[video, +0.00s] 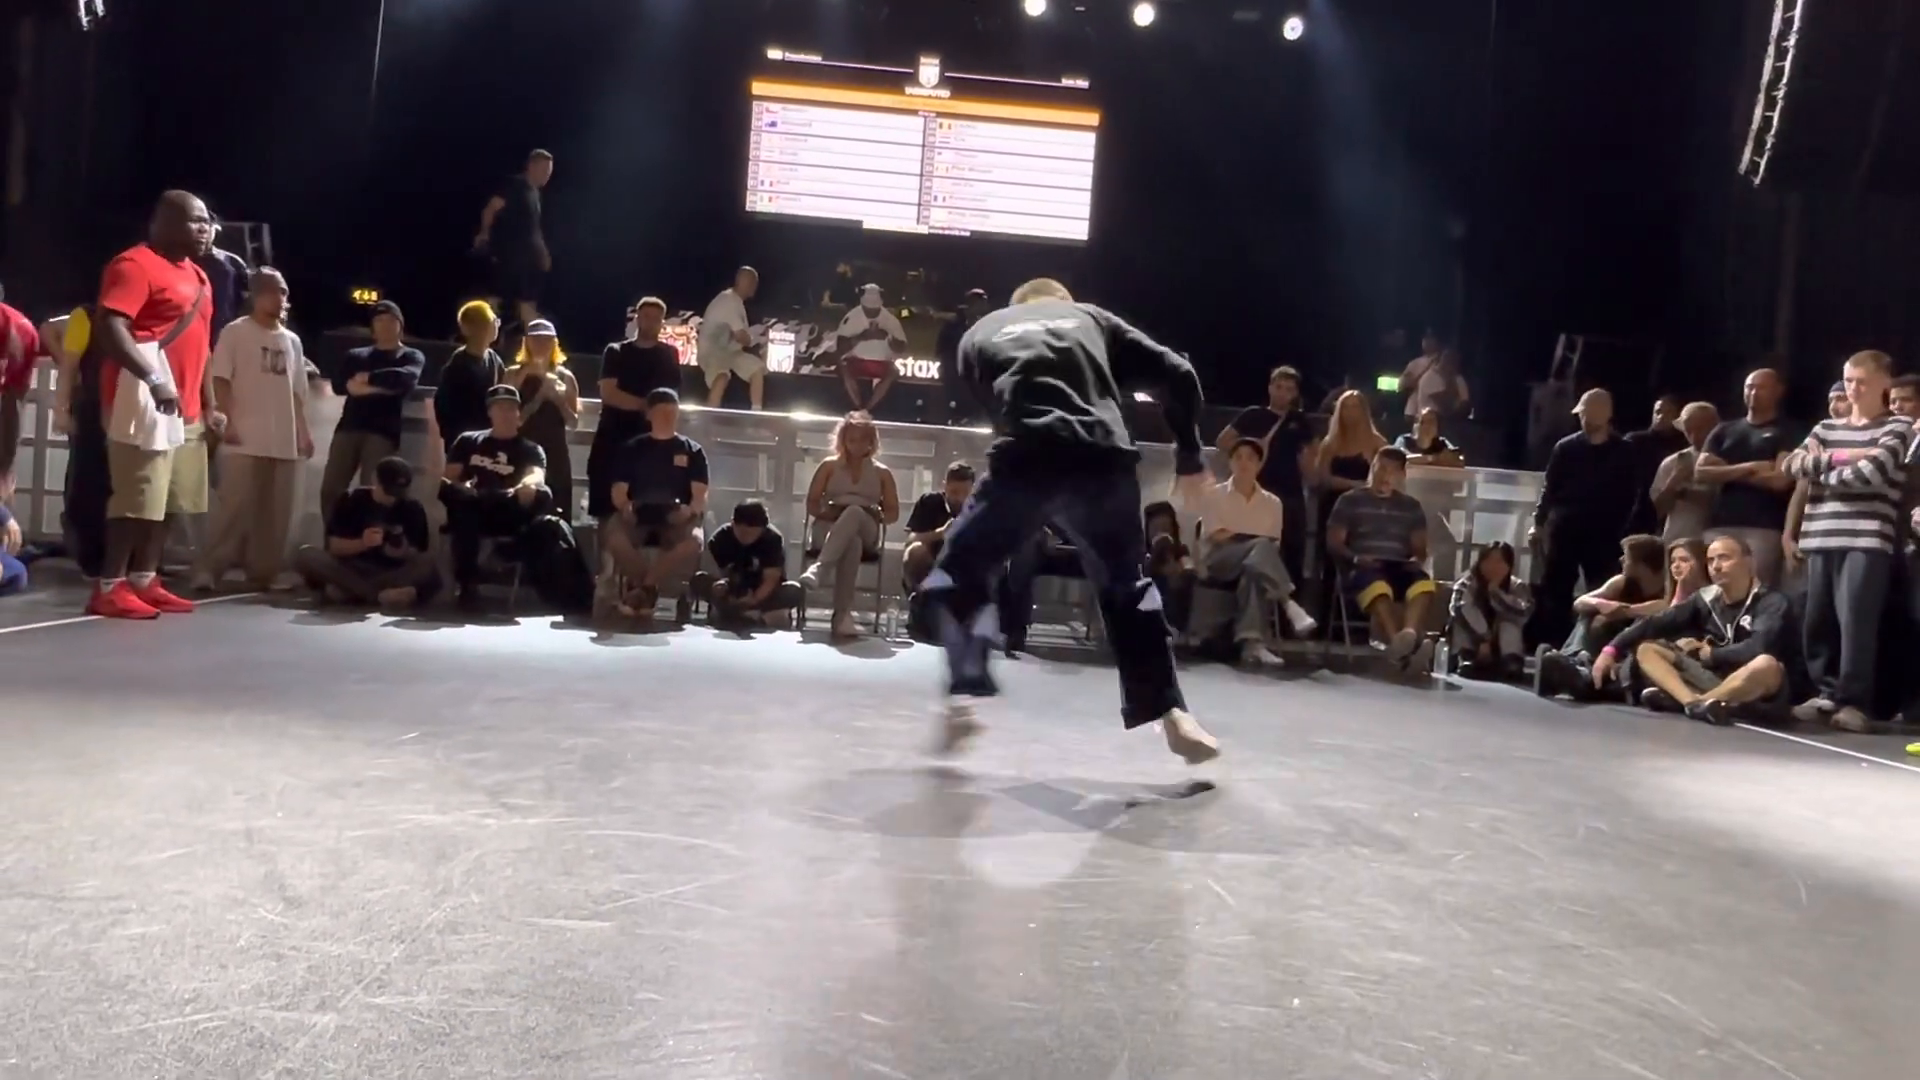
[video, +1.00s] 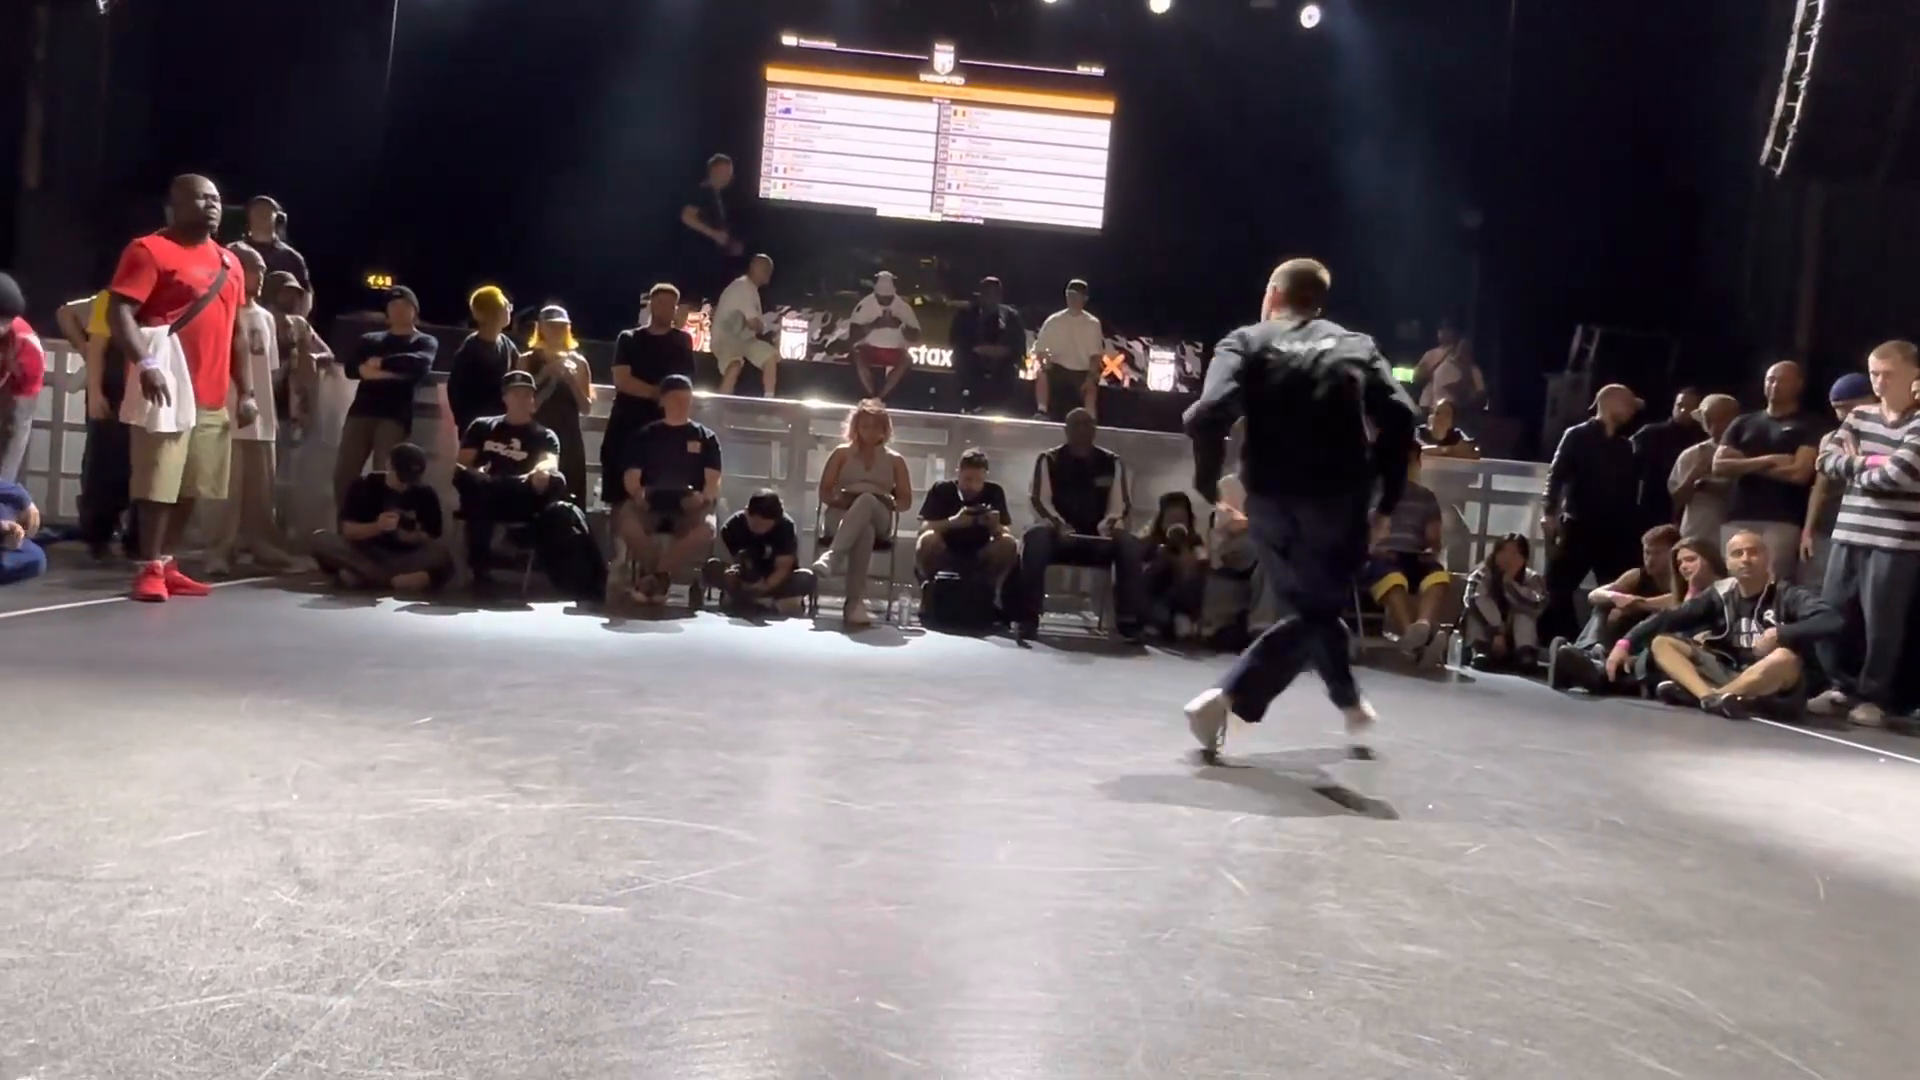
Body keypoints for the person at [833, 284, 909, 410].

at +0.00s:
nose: (871, 312)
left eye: (875, 309)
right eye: (868, 309)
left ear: (880, 305)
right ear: (862, 305)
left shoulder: (890, 319)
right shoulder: (852, 316)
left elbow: (901, 348)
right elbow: (840, 347)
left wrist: (887, 336)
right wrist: (862, 336)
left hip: (882, 362)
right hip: (857, 360)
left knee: (893, 373)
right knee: (844, 369)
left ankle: (868, 409)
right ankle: (859, 408)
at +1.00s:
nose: (885, 301)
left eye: (889, 298)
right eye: (882, 298)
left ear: (894, 294)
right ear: (876, 294)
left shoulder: (903, 307)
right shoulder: (865, 304)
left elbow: (914, 337)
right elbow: (853, 335)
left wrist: (899, 324)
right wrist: (876, 324)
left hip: (895, 350)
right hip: (869, 348)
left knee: (906, 361)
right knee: (858, 356)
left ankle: (881, 397)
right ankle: (871, 396)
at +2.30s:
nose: (890, 296)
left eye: (893, 292)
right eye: (886, 292)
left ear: (899, 289)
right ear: (880, 288)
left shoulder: (907, 302)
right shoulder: (869, 300)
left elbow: (920, 331)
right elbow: (857, 331)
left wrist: (904, 321)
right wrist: (879, 320)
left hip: (900, 345)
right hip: (873, 343)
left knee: (909, 357)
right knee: (863, 354)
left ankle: (885, 392)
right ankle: (875, 391)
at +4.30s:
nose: (890, 300)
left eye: (893, 297)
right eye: (886, 297)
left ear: (898, 293)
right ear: (880, 293)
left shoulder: (908, 306)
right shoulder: (870, 304)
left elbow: (917, 336)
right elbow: (858, 335)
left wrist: (904, 325)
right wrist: (879, 325)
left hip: (900, 349)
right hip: (873, 347)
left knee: (910, 360)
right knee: (863, 356)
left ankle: (886, 397)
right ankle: (875, 395)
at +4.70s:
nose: (882, 301)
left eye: (885, 298)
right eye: (878, 298)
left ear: (890, 295)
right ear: (872, 295)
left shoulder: (899, 307)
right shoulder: (862, 305)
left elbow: (910, 338)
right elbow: (850, 335)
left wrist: (896, 327)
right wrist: (870, 327)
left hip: (892, 352)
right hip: (866, 350)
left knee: (902, 363)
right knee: (856, 358)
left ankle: (879, 398)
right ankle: (867, 396)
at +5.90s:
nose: (859, 302)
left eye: (862, 299)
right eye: (855, 299)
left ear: (867, 296)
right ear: (849, 295)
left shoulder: (877, 308)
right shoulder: (838, 307)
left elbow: (890, 337)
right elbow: (828, 339)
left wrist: (874, 327)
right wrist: (847, 327)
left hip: (871, 352)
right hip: (844, 351)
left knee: (881, 362)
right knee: (833, 360)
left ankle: (858, 399)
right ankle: (848, 398)